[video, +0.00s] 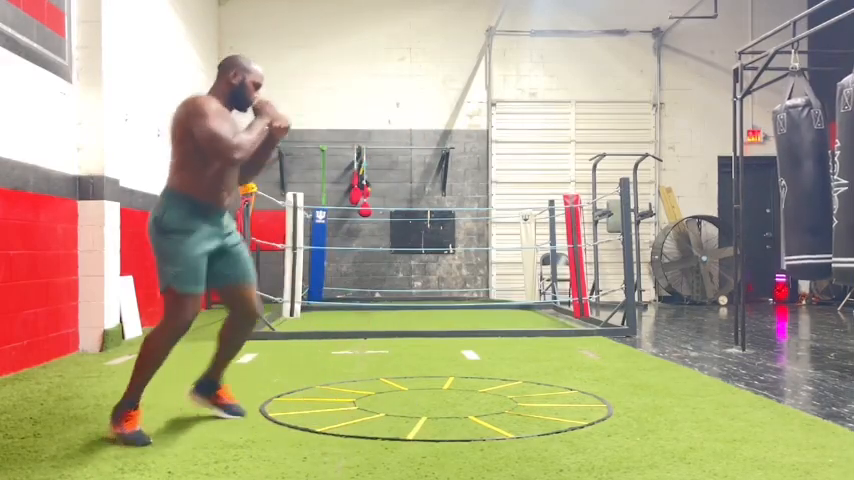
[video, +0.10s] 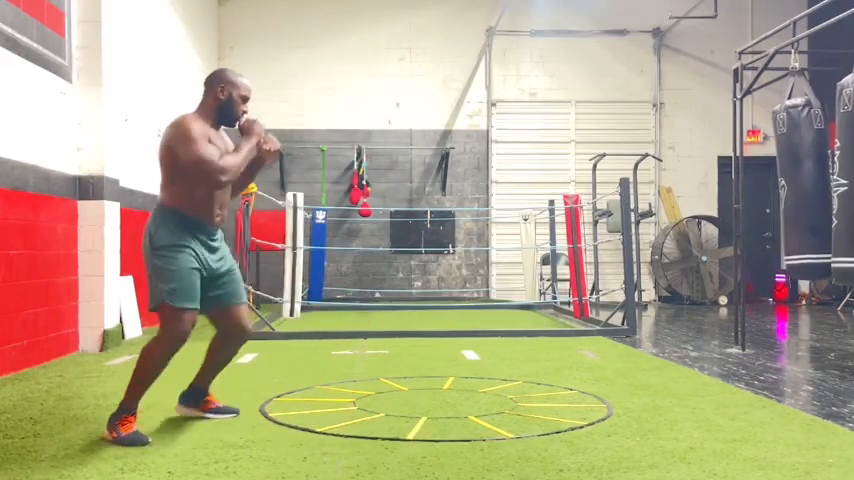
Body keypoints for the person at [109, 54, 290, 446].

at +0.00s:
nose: (258, 95)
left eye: (260, 89)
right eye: (255, 86)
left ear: (234, 79)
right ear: (232, 77)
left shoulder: (232, 122)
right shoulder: (199, 107)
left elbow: (242, 176)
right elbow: (236, 148)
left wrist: (272, 141)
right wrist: (266, 120)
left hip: (222, 224)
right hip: (182, 220)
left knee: (248, 311)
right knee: (181, 316)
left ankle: (209, 385)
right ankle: (126, 410)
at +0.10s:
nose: (246, 109)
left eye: (248, 103)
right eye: (243, 101)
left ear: (221, 93)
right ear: (219, 91)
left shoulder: (224, 139)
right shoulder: (185, 128)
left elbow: (229, 190)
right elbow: (220, 174)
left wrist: (258, 163)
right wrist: (249, 142)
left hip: (212, 240)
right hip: (174, 235)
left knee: (238, 327)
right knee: (178, 326)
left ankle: (195, 394)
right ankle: (123, 416)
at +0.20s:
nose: (247, 101)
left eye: (250, 94)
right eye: (244, 92)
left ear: (223, 83)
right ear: (221, 81)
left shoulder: (226, 128)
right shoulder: (184, 118)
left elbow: (229, 174)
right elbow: (214, 164)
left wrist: (261, 153)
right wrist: (251, 135)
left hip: (218, 228)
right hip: (178, 227)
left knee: (258, 304)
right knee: (172, 316)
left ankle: (213, 377)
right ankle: (124, 414)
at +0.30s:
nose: (254, 91)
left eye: (256, 85)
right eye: (250, 83)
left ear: (232, 75)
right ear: (227, 73)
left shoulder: (234, 117)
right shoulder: (192, 105)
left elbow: (242, 162)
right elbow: (222, 147)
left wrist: (270, 139)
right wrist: (258, 121)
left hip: (229, 215)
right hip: (186, 217)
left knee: (269, 291)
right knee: (172, 310)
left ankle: (246, 368)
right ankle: (135, 405)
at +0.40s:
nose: (261, 102)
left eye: (263, 96)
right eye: (259, 94)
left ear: (242, 90)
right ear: (237, 86)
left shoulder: (239, 129)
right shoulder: (201, 118)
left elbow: (254, 172)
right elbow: (231, 157)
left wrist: (279, 147)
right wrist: (267, 128)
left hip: (234, 224)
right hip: (192, 227)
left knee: (275, 297)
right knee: (181, 315)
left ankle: (288, 372)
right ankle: (142, 403)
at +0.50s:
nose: (274, 115)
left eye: (276, 109)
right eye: (271, 108)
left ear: (253, 102)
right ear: (248, 100)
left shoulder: (258, 145)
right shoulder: (213, 136)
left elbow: (272, 190)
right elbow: (236, 175)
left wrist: (296, 163)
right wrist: (275, 147)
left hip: (249, 241)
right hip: (206, 240)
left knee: (284, 312)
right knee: (187, 319)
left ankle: (296, 384)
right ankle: (141, 405)